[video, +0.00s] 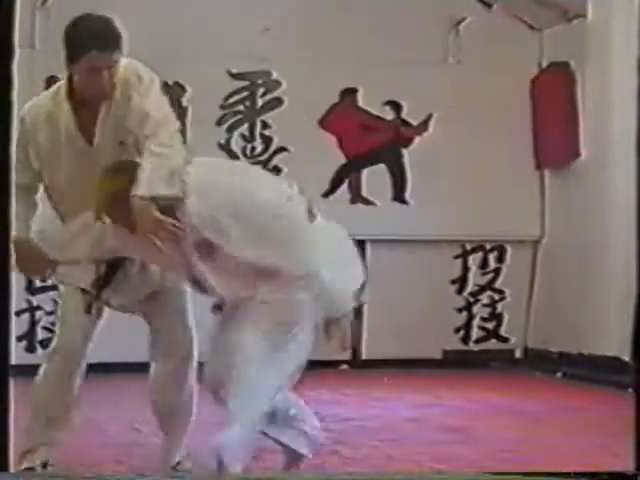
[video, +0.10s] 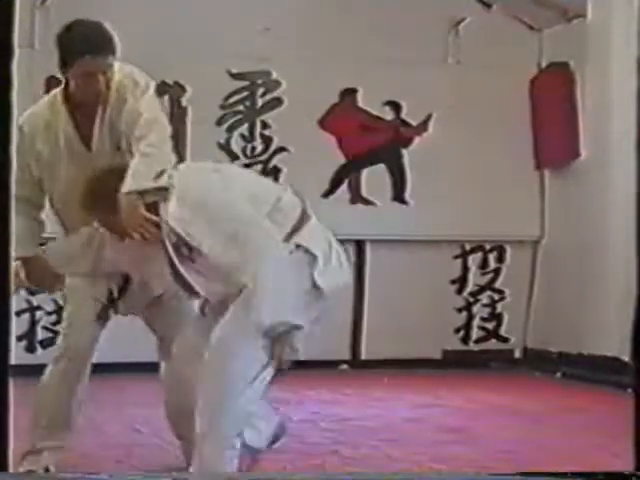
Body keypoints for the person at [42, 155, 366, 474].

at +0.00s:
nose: (121, 224)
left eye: (122, 213)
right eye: (114, 217)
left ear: (140, 196)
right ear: (114, 210)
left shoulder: (222, 196)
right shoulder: (128, 223)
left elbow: (305, 233)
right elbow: (87, 237)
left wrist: (337, 304)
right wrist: (44, 252)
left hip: (289, 280)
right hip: (235, 290)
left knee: (252, 369)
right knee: (219, 375)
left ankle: (229, 460)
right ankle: (300, 434)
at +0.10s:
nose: (118, 234)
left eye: (114, 223)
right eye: (111, 228)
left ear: (129, 202)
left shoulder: (190, 194)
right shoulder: (167, 217)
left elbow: (266, 247)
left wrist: (280, 325)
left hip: (298, 257)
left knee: (226, 356)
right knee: (196, 351)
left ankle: (211, 468)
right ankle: (261, 426)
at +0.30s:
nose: (114, 219)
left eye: (111, 206)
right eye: (108, 212)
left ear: (125, 187)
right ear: (129, 184)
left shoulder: (181, 176)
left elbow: (243, 206)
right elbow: (92, 255)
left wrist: (265, 276)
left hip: (292, 245)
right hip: (235, 259)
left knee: (237, 348)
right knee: (195, 343)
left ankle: (212, 466)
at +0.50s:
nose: (129, 163)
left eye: (125, 150)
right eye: (122, 156)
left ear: (139, 129)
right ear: (137, 134)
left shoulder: (207, 136)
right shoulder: (167, 167)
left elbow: (273, 172)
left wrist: (283, 236)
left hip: (282, 249)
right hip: (228, 260)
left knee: (241, 342)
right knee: (190, 348)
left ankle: (239, 468)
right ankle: (182, 457)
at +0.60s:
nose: (136, 137)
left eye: (139, 123)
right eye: (132, 126)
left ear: (166, 109)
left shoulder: (219, 128)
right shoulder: (174, 153)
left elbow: (291, 152)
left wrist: (300, 221)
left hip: (285, 246)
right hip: (229, 256)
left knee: (247, 332)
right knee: (195, 344)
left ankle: (244, 466)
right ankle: (184, 459)